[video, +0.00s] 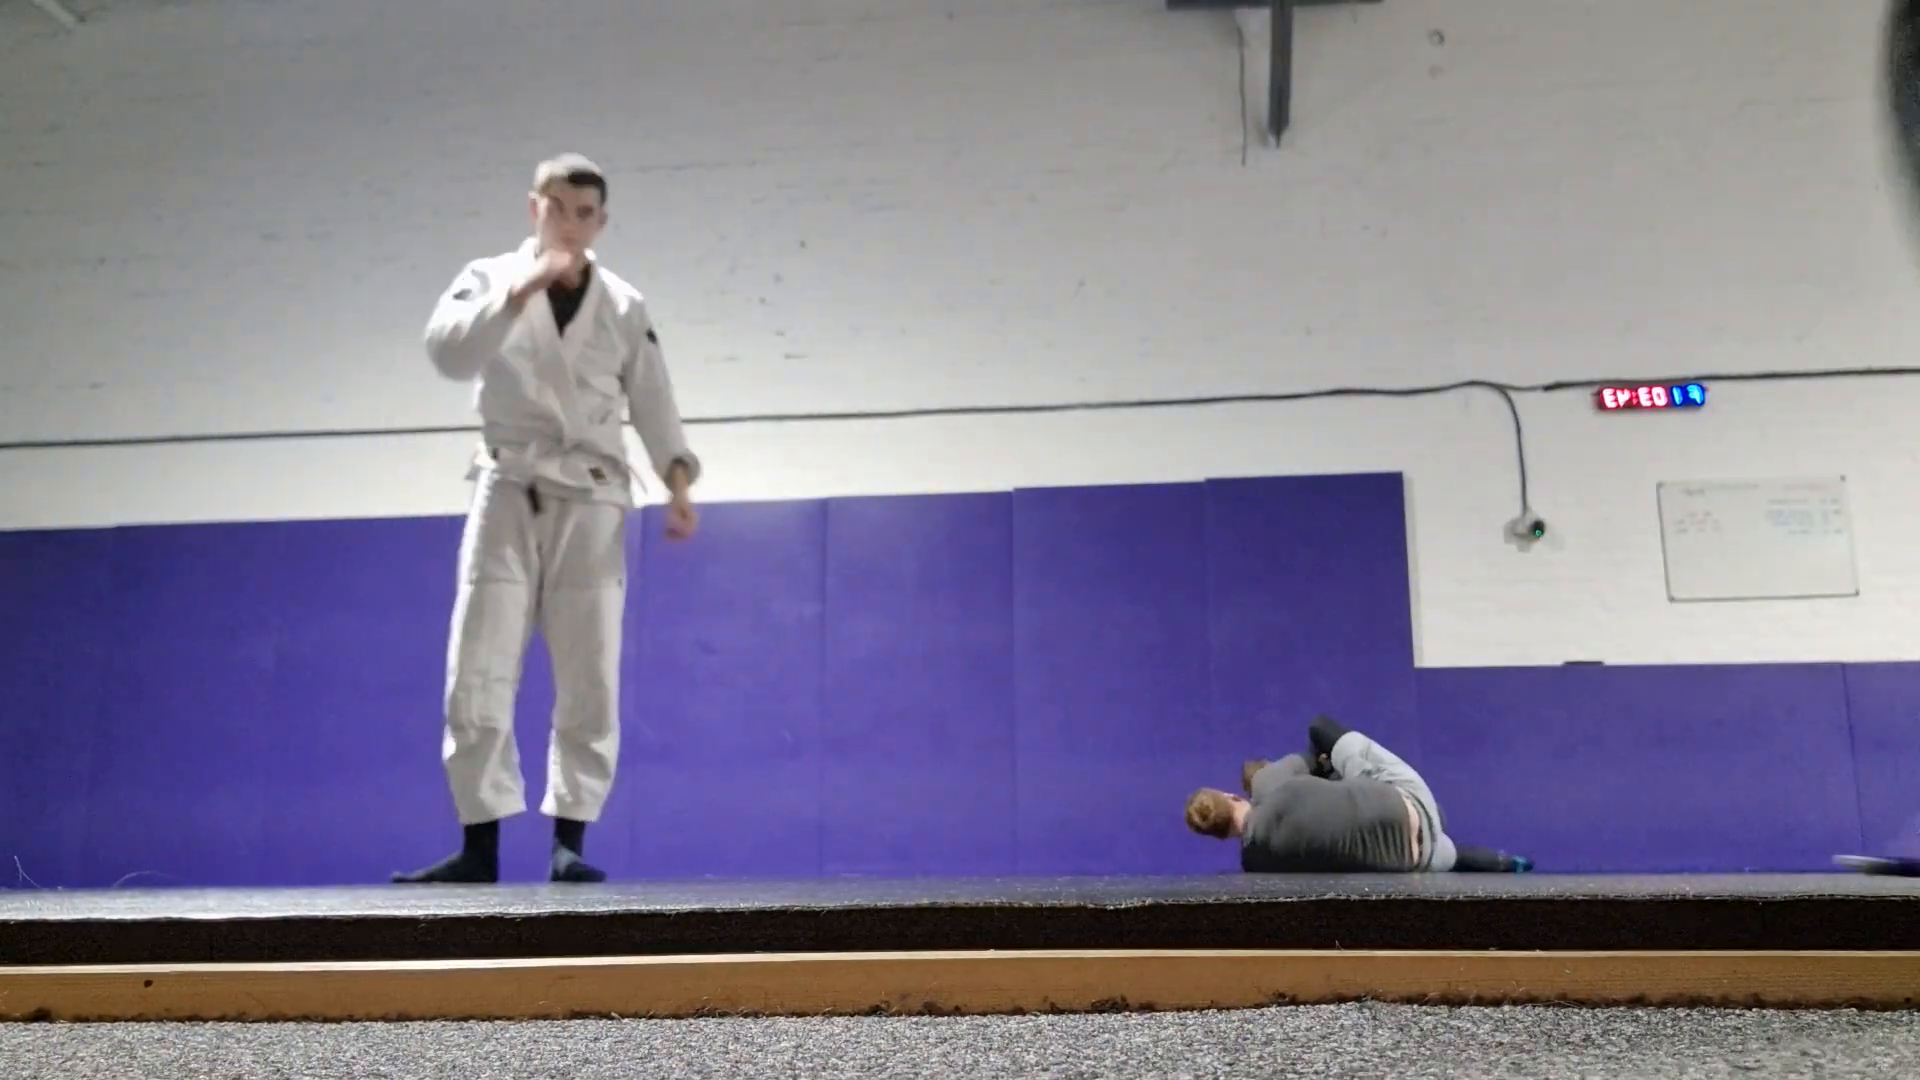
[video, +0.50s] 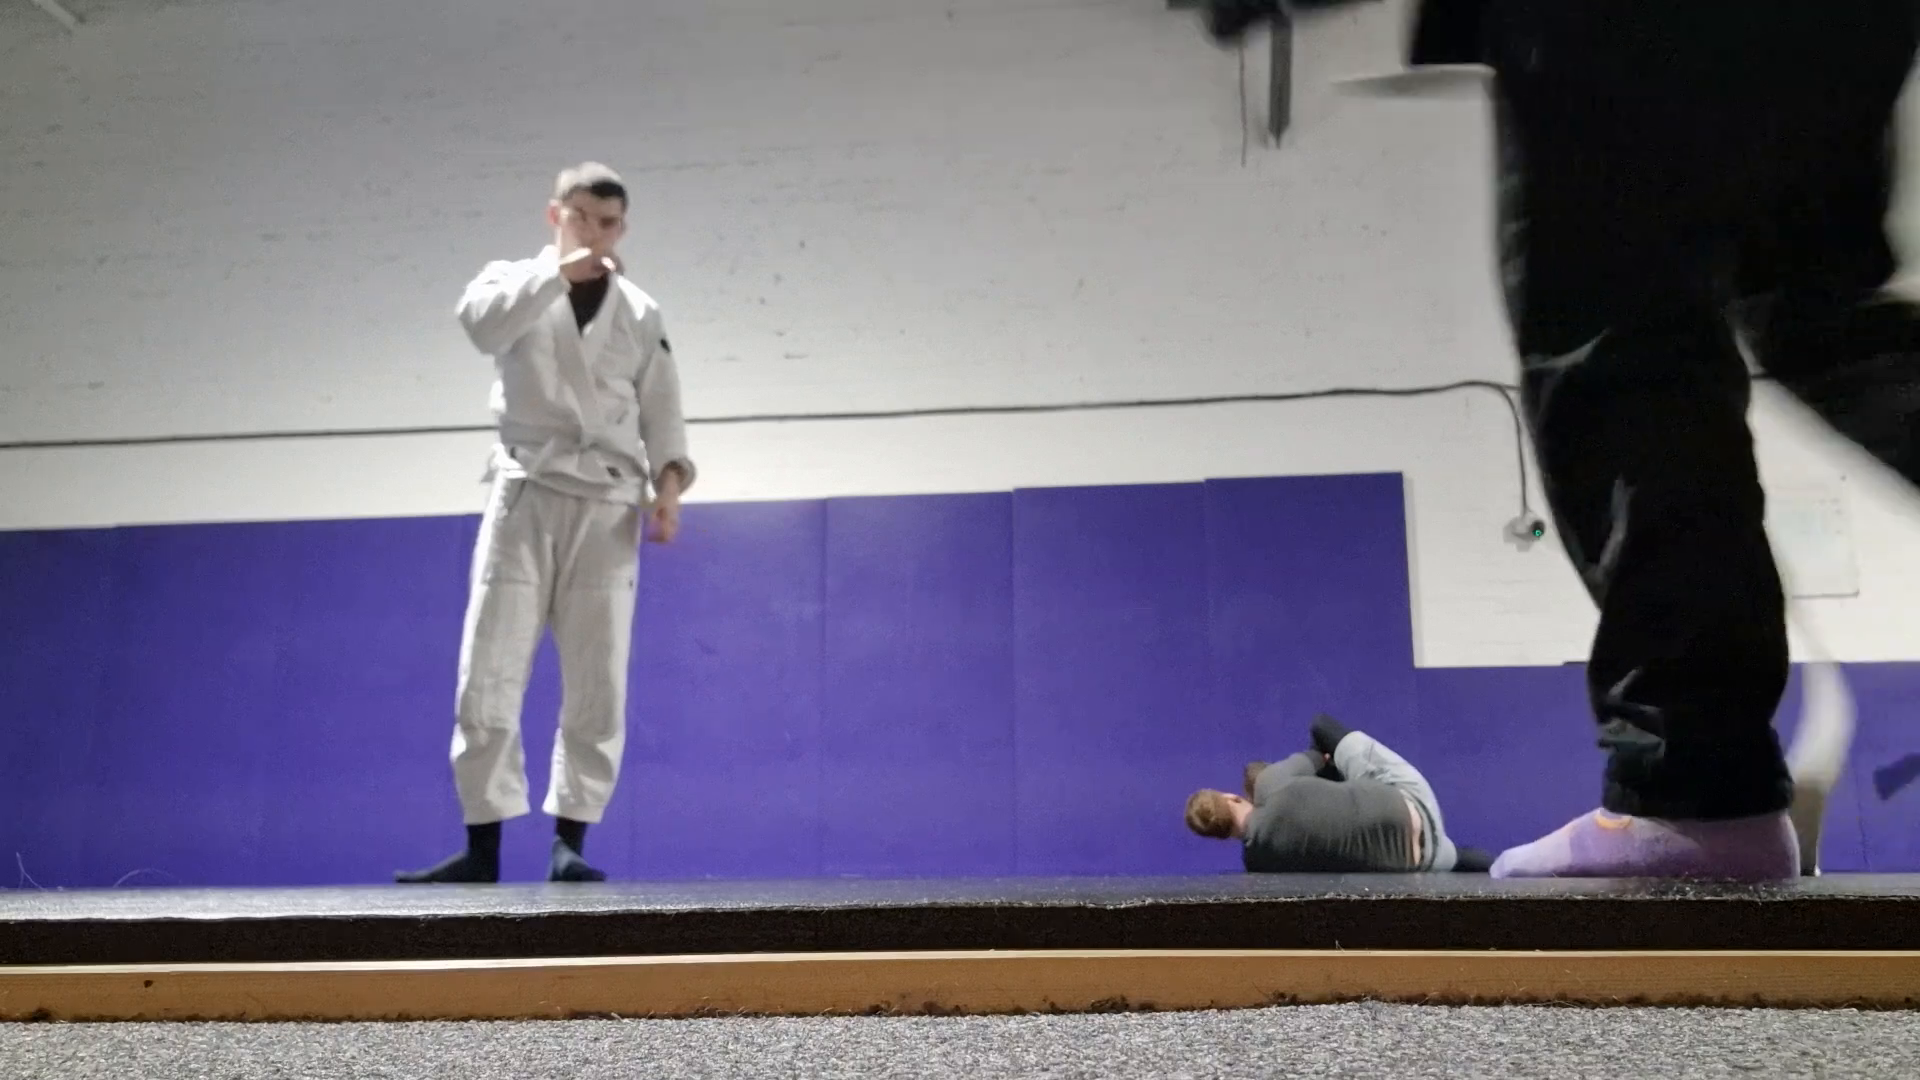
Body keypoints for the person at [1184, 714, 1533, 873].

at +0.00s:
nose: (1229, 790)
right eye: (1227, 791)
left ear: (1217, 836)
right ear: (1232, 795)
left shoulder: (1256, 864)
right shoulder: (1269, 782)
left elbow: (1306, 853)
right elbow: (1311, 762)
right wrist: (1264, 774)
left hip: (1420, 861)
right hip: (1416, 807)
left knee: (1451, 853)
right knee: (1322, 726)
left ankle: (1513, 864)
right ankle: (1327, 769)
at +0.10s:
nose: (1230, 791)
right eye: (1229, 791)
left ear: (1217, 836)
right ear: (1232, 795)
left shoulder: (1256, 865)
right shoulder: (1270, 782)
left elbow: (1307, 853)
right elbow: (1316, 761)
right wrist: (1264, 775)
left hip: (1419, 861)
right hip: (1416, 808)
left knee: (1445, 853)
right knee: (1323, 727)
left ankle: (1506, 863)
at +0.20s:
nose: (1231, 791)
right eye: (1229, 791)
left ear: (1217, 837)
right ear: (1232, 796)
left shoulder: (1257, 864)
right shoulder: (1270, 783)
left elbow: (1306, 850)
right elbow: (1310, 762)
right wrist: (1265, 775)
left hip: (1420, 861)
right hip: (1416, 809)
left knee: (1452, 854)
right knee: (1323, 727)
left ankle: (1507, 865)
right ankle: (1331, 771)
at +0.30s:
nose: (1228, 791)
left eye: (1224, 791)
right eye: (1226, 792)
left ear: (1217, 839)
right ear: (1231, 797)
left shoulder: (1257, 863)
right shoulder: (1273, 784)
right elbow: (1315, 758)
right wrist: (1261, 775)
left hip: (1423, 863)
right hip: (1416, 809)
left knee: (1457, 854)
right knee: (1324, 727)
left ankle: (1508, 864)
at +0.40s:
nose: (1231, 791)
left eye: (1226, 792)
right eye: (1228, 792)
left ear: (1216, 838)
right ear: (1231, 798)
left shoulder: (1258, 863)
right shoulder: (1274, 783)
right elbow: (1320, 757)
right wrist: (1265, 775)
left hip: (1423, 863)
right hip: (1416, 808)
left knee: (1459, 855)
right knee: (1324, 726)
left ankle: (1510, 864)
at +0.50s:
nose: (1230, 791)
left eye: (1226, 792)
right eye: (1227, 792)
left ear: (1216, 838)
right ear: (1231, 797)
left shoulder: (1257, 862)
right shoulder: (1274, 783)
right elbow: (1320, 759)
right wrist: (1264, 775)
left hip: (1423, 862)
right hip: (1416, 808)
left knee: (1459, 855)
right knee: (1323, 727)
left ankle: (1513, 866)